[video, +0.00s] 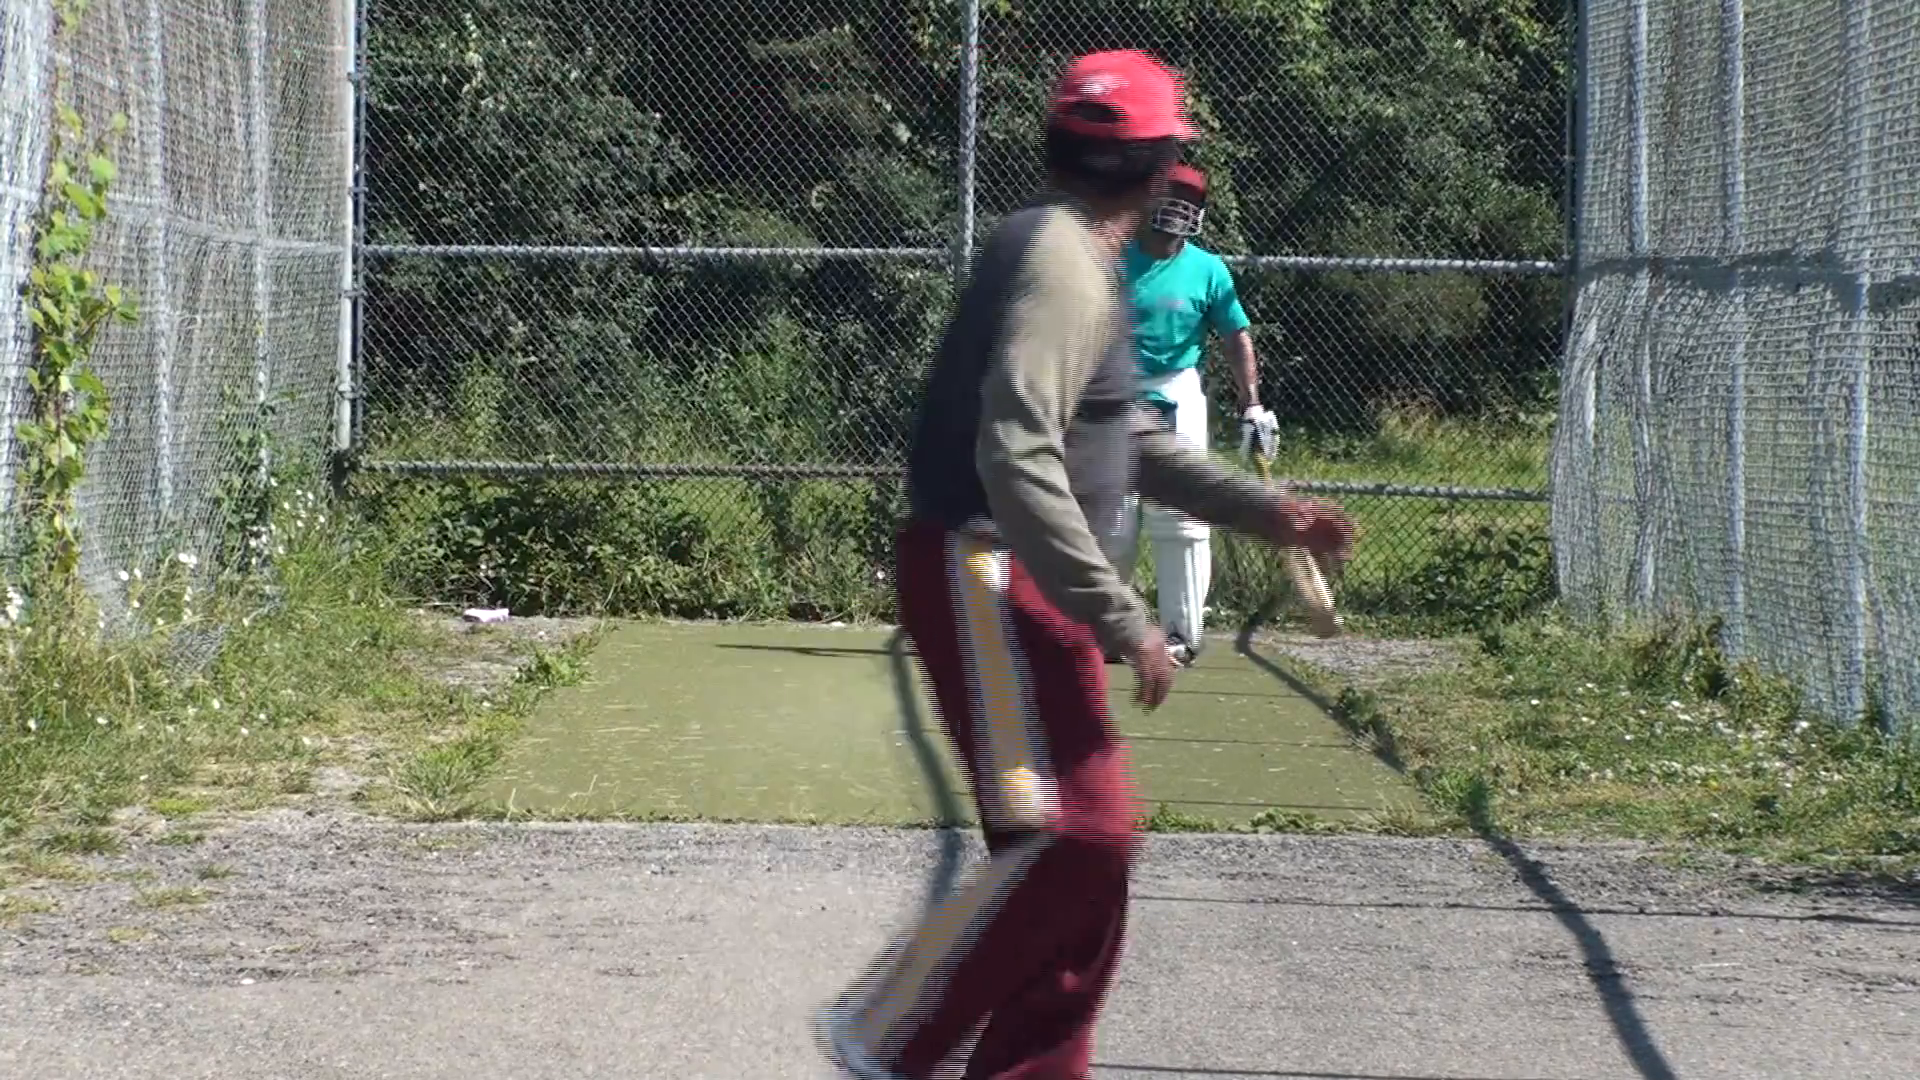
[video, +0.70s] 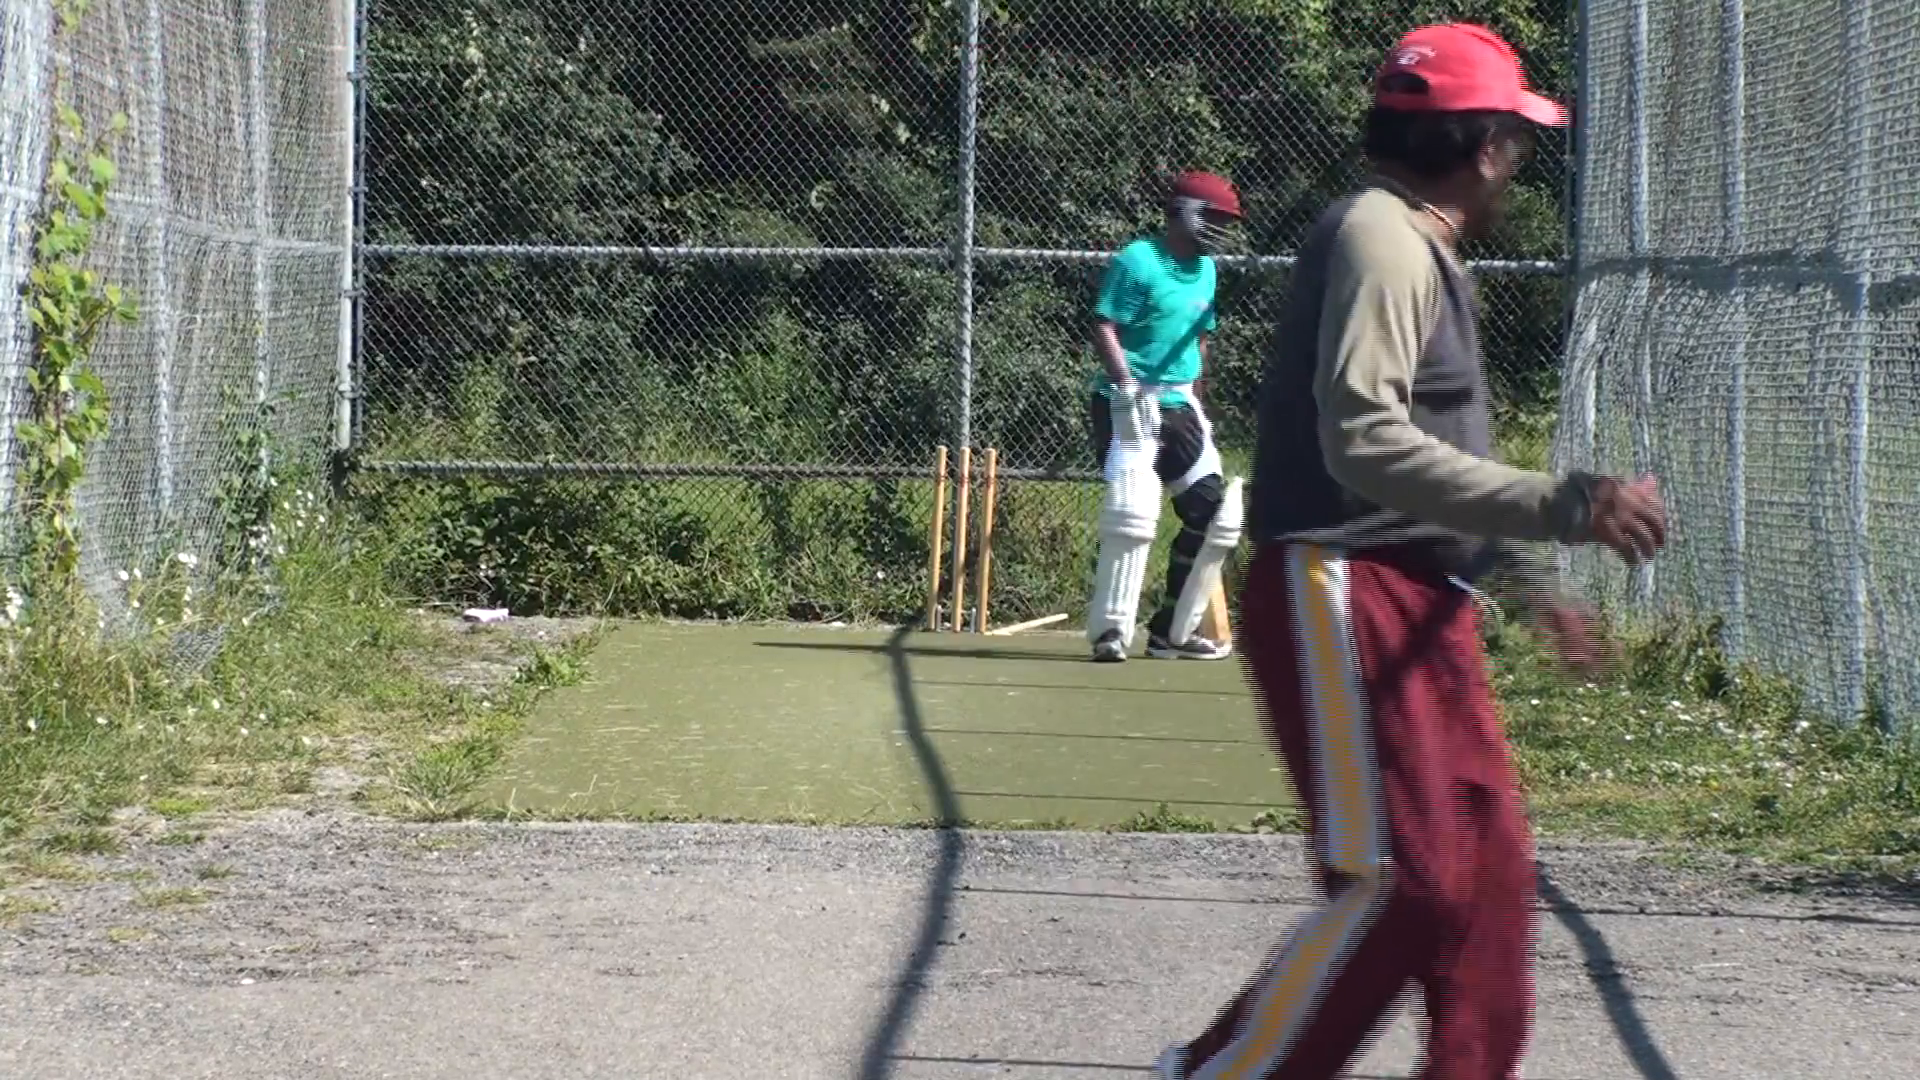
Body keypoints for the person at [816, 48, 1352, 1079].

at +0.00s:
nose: (1181, 173)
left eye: (1180, 155)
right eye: (1173, 155)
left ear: (1082, 156)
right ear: (1144, 165)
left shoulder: (1086, 260)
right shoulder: (1055, 256)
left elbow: (1129, 443)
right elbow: (1016, 452)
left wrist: (1260, 504)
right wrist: (1120, 614)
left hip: (1027, 563)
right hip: (976, 564)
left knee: (1095, 835)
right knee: (1061, 832)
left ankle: (1030, 1065)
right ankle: (876, 1044)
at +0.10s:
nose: (1232, 164)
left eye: (1232, 146)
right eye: (1229, 146)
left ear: (1135, 143)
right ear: (1214, 156)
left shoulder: (1142, 246)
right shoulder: (1114, 247)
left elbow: (1176, 411)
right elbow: (1023, 422)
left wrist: (1289, 477)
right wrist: (1108, 603)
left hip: (1048, 556)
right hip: (1031, 556)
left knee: (1060, 817)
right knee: (1153, 799)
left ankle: (1037, 1059)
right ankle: (1035, 1060)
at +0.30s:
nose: (1338, 172)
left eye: (1336, 152)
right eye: (1334, 154)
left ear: (1233, 150)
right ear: (1312, 169)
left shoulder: (1240, 259)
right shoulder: (1216, 256)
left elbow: (1246, 469)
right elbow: (1130, 444)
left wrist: (1332, 581)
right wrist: (1226, 624)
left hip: (1175, 580)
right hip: (1144, 584)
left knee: (1203, 840)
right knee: (1224, 856)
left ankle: (1077, 1025)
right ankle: (1209, 1062)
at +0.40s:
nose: (1380, 160)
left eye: (1378, 139)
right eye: (1376, 142)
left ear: (1274, 139)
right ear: (1356, 155)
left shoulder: (1272, 242)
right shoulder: (1259, 242)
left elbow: (1250, 454)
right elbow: (1226, 446)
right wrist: (1356, 604)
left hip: (1243, 568)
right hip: (1187, 569)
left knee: (1347, 821)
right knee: (1227, 859)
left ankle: (1221, 1034)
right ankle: (1206, 1063)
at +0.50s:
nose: (1424, 154)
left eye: (1425, 133)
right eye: (1418, 134)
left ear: (1334, 129)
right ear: (1390, 137)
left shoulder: (1327, 224)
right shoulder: (1304, 219)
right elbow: (1308, 422)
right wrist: (1482, 541)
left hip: (1306, 575)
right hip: (1227, 572)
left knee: (1393, 837)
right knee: (1233, 868)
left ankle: (1381, 1064)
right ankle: (1211, 1066)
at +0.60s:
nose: (1473, 149)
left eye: (1474, 128)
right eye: (1468, 129)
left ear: (1377, 126)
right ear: (1441, 136)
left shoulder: (1366, 221)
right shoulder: (1352, 222)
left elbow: (1261, 407)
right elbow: (1356, 423)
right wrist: (1546, 500)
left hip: (1358, 582)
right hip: (1281, 578)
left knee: (1412, 874)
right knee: (1264, 879)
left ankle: (1444, 1073)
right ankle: (1205, 1070)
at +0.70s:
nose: (1517, 158)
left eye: (1517, 139)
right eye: (1511, 138)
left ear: (1426, 138)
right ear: (1478, 145)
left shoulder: (1426, 253)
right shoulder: (1377, 238)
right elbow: (1366, 444)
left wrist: (1536, 592)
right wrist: (1560, 502)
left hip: (1422, 587)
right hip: (1337, 582)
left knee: (1494, 870)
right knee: (1404, 881)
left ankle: (1470, 1070)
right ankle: (1221, 1071)